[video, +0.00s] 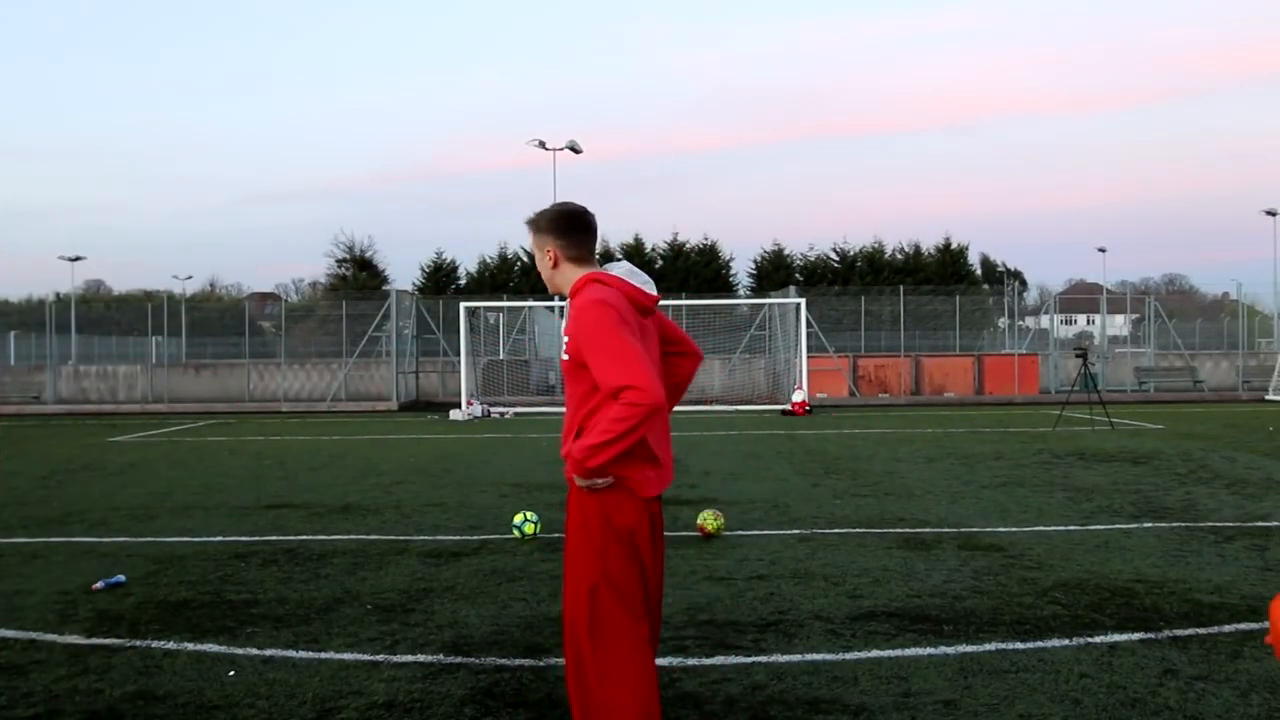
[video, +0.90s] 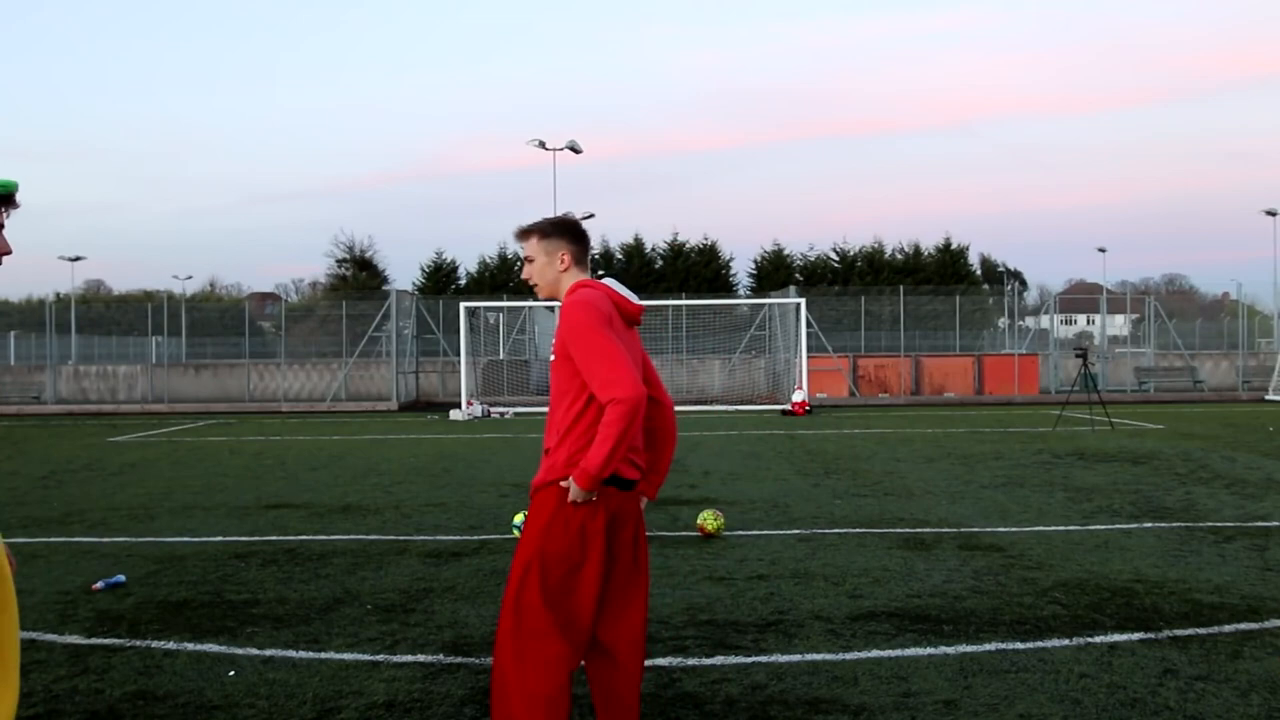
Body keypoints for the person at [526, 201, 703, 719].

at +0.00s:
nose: (536, 267)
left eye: (534, 257)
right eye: (533, 258)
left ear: (549, 256)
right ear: (590, 249)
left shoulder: (592, 305)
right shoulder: (624, 297)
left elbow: (640, 394)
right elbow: (684, 353)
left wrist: (586, 456)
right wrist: (645, 417)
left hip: (606, 501)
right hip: (632, 497)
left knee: (604, 641)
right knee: (624, 638)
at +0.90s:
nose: (524, 273)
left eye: (530, 260)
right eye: (524, 262)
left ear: (563, 259)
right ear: (570, 261)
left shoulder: (582, 306)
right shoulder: (608, 309)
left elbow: (625, 396)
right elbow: (661, 409)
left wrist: (588, 477)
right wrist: (639, 488)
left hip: (574, 503)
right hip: (617, 504)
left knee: (529, 640)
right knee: (614, 645)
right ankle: (618, 715)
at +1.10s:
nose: (506, 272)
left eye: (514, 260)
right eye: (504, 262)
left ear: (549, 258)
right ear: (554, 262)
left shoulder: (560, 310)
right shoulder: (584, 310)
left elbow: (609, 393)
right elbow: (642, 394)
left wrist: (557, 465)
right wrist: (627, 469)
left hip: (555, 508)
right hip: (599, 507)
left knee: (524, 648)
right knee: (602, 651)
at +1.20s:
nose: (491, 271)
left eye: (499, 259)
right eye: (489, 260)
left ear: (534, 258)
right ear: (539, 262)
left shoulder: (544, 309)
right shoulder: (569, 309)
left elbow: (592, 397)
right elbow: (624, 393)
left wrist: (541, 470)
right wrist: (613, 468)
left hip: (538, 510)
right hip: (580, 508)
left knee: (511, 650)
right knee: (586, 652)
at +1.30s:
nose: (480, 269)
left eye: (488, 256)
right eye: (478, 258)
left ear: (524, 256)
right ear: (528, 260)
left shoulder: (533, 311)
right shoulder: (558, 309)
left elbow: (582, 400)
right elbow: (614, 393)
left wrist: (540, 474)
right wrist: (600, 471)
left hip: (523, 512)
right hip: (565, 509)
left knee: (505, 648)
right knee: (571, 648)